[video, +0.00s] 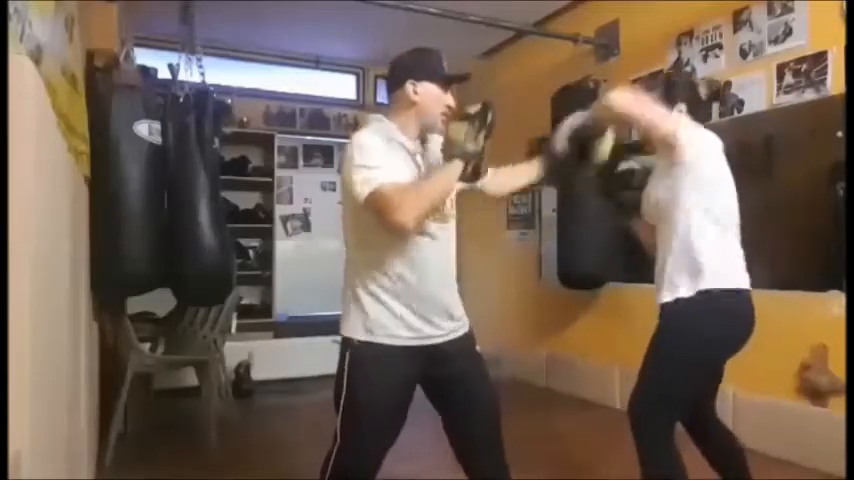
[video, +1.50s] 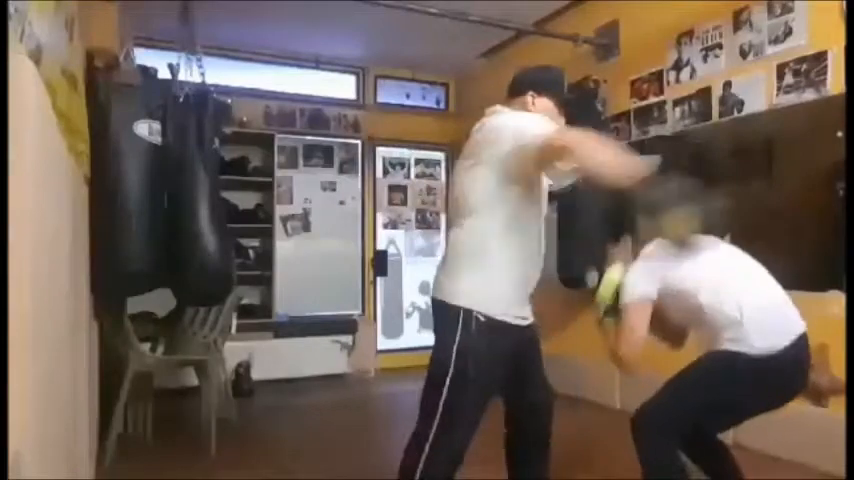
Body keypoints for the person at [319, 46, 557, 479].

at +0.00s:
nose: (452, 102)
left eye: (451, 91)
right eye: (443, 89)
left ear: (419, 93)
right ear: (412, 90)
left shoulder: (439, 146)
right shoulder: (368, 144)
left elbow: (495, 181)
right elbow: (401, 213)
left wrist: (555, 161)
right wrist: (459, 161)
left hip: (448, 334)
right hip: (380, 340)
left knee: (487, 456)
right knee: (355, 462)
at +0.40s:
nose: (511, 105)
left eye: (511, 95)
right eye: (503, 94)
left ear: (474, 99)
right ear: (474, 97)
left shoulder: (489, 158)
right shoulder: (434, 135)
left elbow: (520, 203)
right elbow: (445, 178)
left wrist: (582, 206)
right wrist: (514, 139)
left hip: (493, 329)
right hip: (430, 329)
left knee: (528, 422)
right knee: (382, 444)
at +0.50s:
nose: (536, 105)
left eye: (536, 95)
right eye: (529, 94)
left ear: (505, 96)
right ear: (498, 94)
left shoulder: (536, 143)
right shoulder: (447, 138)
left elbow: (593, 143)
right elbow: (385, 180)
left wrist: (646, 141)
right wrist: (405, 215)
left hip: (510, 321)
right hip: (442, 319)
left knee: (535, 425)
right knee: (405, 428)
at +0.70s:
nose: (532, 121)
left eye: (533, 111)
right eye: (523, 110)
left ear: (533, 108)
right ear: (490, 106)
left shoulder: (542, 138)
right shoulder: (442, 155)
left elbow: (606, 149)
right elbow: (413, 218)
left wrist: (621, 172)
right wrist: (459, 239)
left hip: (528, 317)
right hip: (456, 316)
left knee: (545, 418)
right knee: (444, 424)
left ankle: (535, 479)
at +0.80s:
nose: (519, 125)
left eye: (521, 113)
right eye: (507, 116)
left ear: (525, 111)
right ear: (474, 119)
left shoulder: (538, 144)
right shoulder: (441, 164)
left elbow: (568, 205)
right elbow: (430, 223)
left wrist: (520, 253)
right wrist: (476, 241)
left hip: (531, 321)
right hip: (460, 317)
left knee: (551, 429)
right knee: (442, 430)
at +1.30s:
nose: (559, 118)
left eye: (560, 107)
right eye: (551, 105)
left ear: (529, 106)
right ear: (518, 103)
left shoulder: (550, 147)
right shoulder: (463, 154)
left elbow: (570, 216)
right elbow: (407, 212)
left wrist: (566, 213)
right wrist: (424, 266)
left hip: (536, 316)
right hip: (473, 315)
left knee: (551, 423)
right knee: (460, 425)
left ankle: (534, 477)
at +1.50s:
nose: (560, 120)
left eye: (561, 113)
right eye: (557, 110)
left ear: (525, 101)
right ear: (534, 99)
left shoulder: (521, 139)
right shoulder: (502, 125)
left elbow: (558, 174)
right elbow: (572, 143)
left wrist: (591, 155)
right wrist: (637, 170)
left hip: (509, 307)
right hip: (472, 304)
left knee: (533, 407)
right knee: (445, 428)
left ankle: (529, 477)